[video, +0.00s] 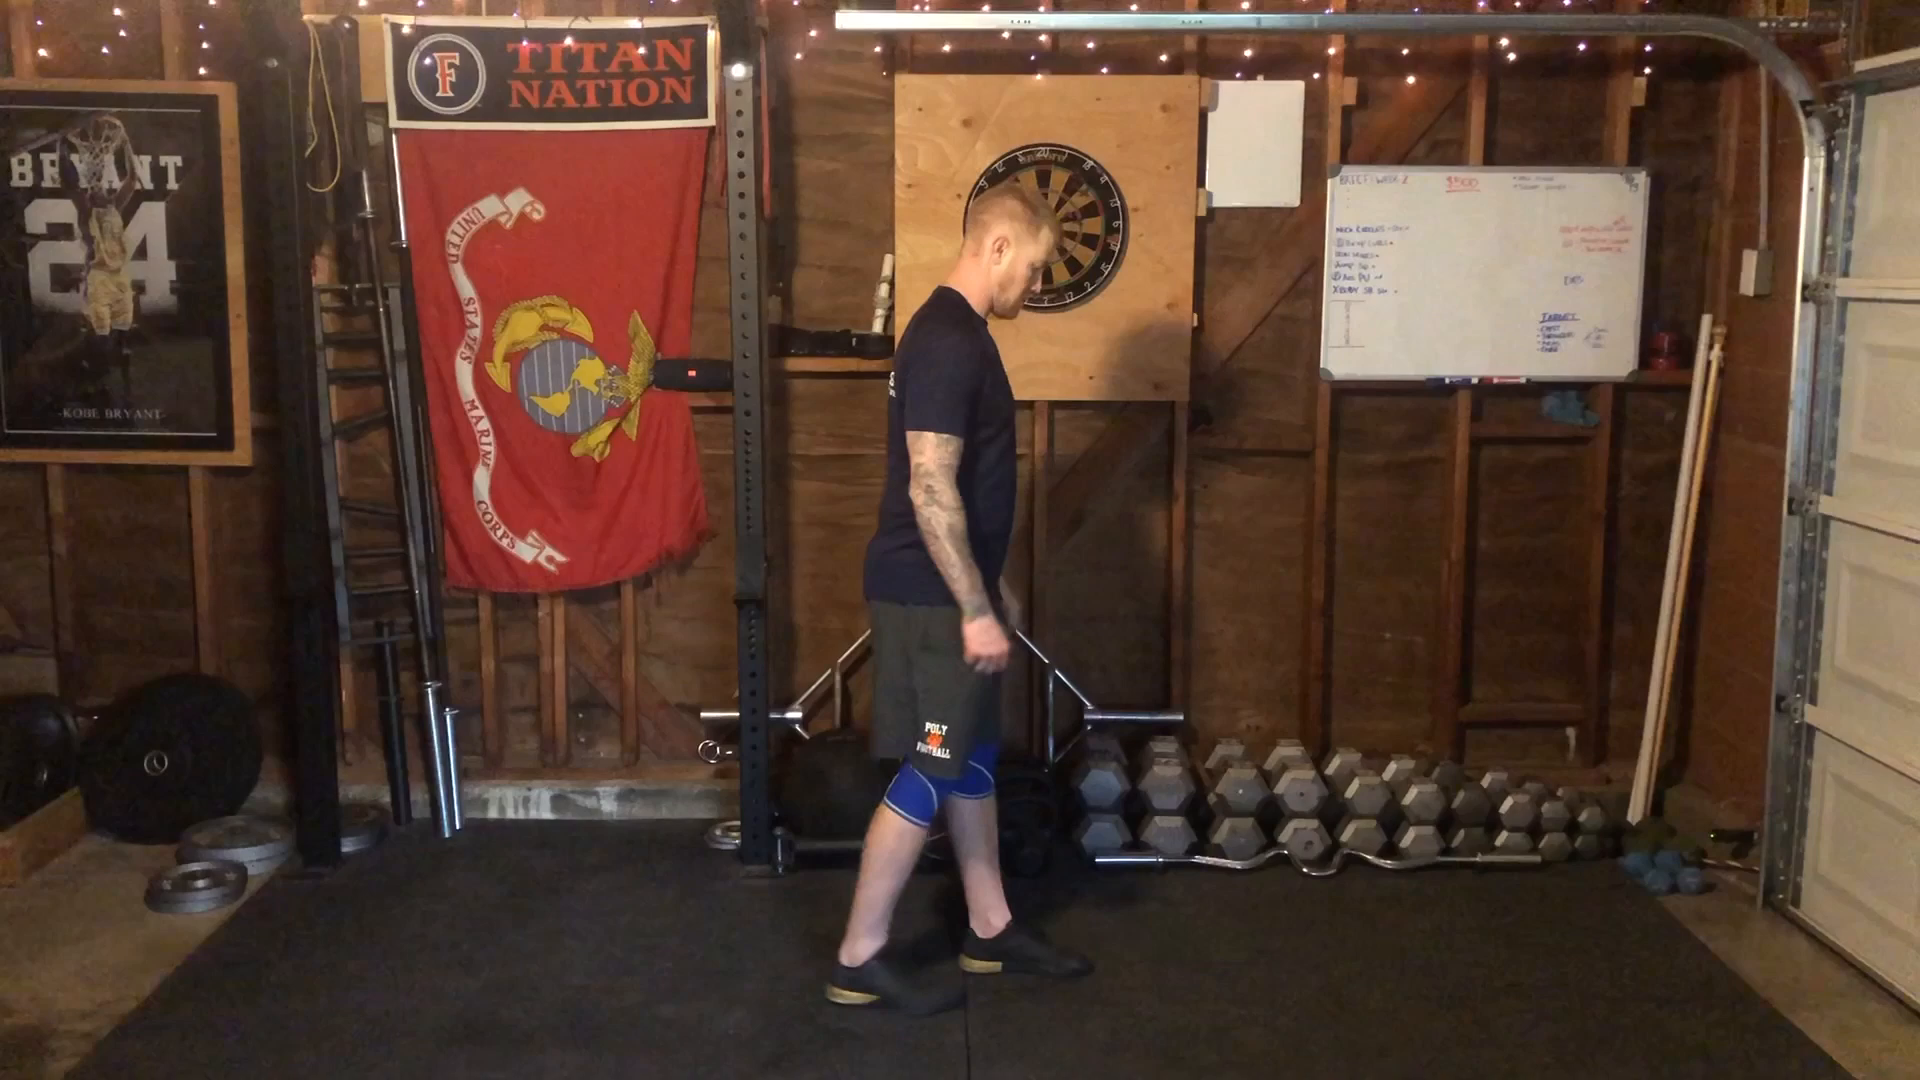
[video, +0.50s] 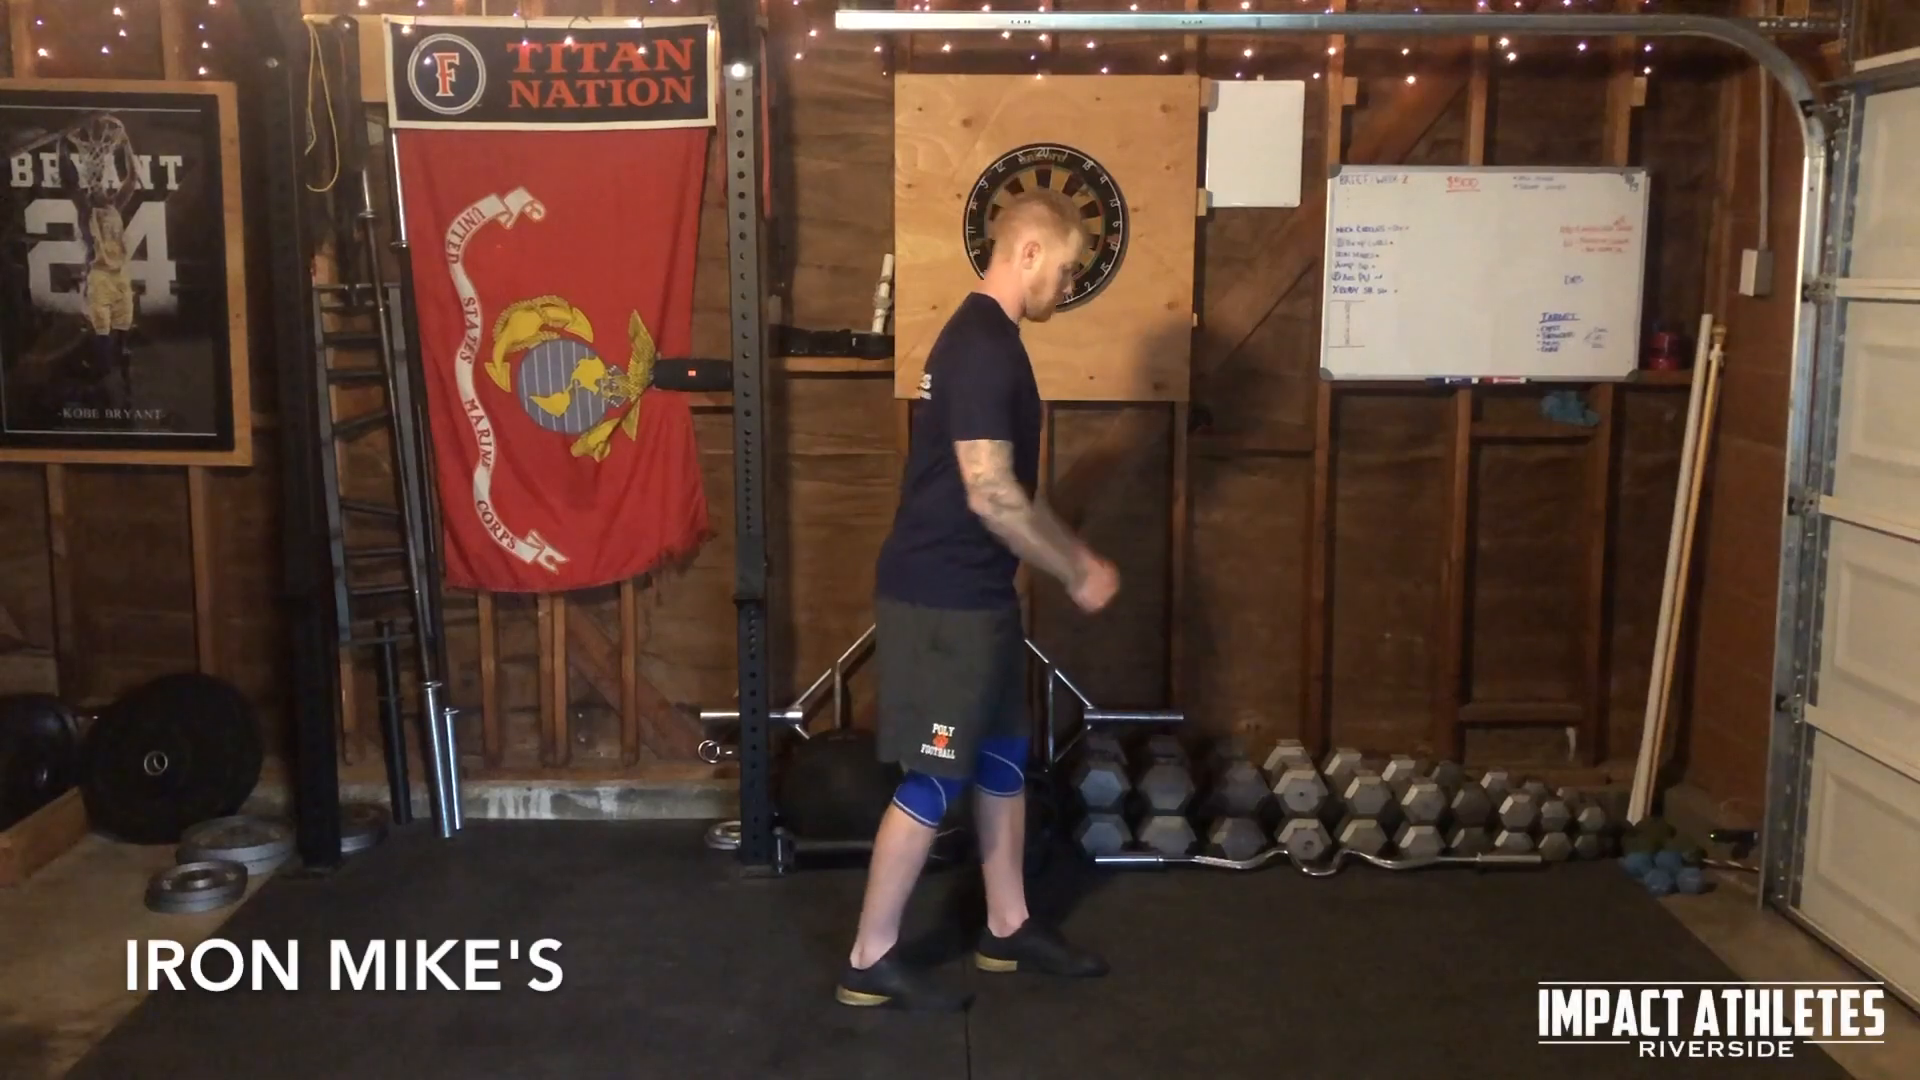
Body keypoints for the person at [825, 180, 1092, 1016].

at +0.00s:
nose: (1034, 288)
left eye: (1039, 273)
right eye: (1033, 269)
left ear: (988, 246)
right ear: (996, 247)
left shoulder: (956, 330)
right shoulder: (947, 337)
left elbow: (952, 481)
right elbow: (929, 484)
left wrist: (986, 594)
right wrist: (974, 609)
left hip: (953, 583)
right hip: (926, 588)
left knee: (972, 762)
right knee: (927, 770)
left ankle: (991, 930)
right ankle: (859, 956)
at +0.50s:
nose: (1065, 290)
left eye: (1071, 275)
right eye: (1065, 271)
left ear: (1019, 254)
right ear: (1028, 253)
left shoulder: (996, 339)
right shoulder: (981, 341)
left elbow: (1007, 484)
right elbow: (988, 489)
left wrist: (1073, 554)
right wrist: (1074, 566)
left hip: (986, 596)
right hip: (940, 597)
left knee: (1003, 760)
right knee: (931, 776)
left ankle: (1008, 930)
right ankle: (870, 956)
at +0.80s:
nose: (1091, 304)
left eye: (1096, 288)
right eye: (1091, 285)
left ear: (1040, 264)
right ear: (1054, 267)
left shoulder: (1005, 341)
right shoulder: (1014, 348)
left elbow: (1024, 481)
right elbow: (1045, 490)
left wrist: (1109, 488)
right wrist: (1132, 493)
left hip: (973, 596)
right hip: (928, 593)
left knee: (1019, 744)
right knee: (885, 767)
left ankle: (1010, 930)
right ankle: (716, 900)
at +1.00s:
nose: (1086, 378)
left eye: (1091, 362)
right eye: (1087, 360)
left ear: (1034, 347)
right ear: (1052, 350)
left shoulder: (995, 415)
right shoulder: (1004, 430)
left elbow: (993, 544)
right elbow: (1011, 575)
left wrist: (1068, 548)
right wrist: (1091, 571)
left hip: (963, 647)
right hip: (902, 656)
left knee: (1059, 739)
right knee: (855, 831)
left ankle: (1010, 927)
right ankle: (644, 923)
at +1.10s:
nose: (1080, 430)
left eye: (1084, 416)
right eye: (1080, 414)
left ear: (1032, 399)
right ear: (1044, 404)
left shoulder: (995, 469)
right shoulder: (990, 483)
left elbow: (981, 596)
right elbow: (984, 632)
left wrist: (1052, 605)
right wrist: (1072, 620)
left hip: (952, 690)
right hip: (888, 703)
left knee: (1066, 750)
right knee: (845, 895)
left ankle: (1011, 928)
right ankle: (634, 929)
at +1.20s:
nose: (1073, 475)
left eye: (1076, 461)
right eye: (1072, 459)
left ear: (1026, 445)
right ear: (1033, 448)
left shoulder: (988, 513)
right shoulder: (978, 524)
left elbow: (977, 634)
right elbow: (961, 673)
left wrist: (1038, 640)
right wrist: (1052, 664)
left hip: (935, 727)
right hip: (880, 746)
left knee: (1073, 750)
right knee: (848, 940)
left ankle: (1011, 928)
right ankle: (636, 929)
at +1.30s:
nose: (1065, 500)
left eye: (1068, 486)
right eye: (1063, 485)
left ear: (1016, 475)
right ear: (1025, 477)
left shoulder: (979, 538)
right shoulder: (975, 557)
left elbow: (976, 643)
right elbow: (944, 703)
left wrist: (1034, 668)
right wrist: (1037, 697)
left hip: (935, 750)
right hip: (880, 773)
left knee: (1074, 749)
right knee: (854, 970)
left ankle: (1011, 932)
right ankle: (651, 926)